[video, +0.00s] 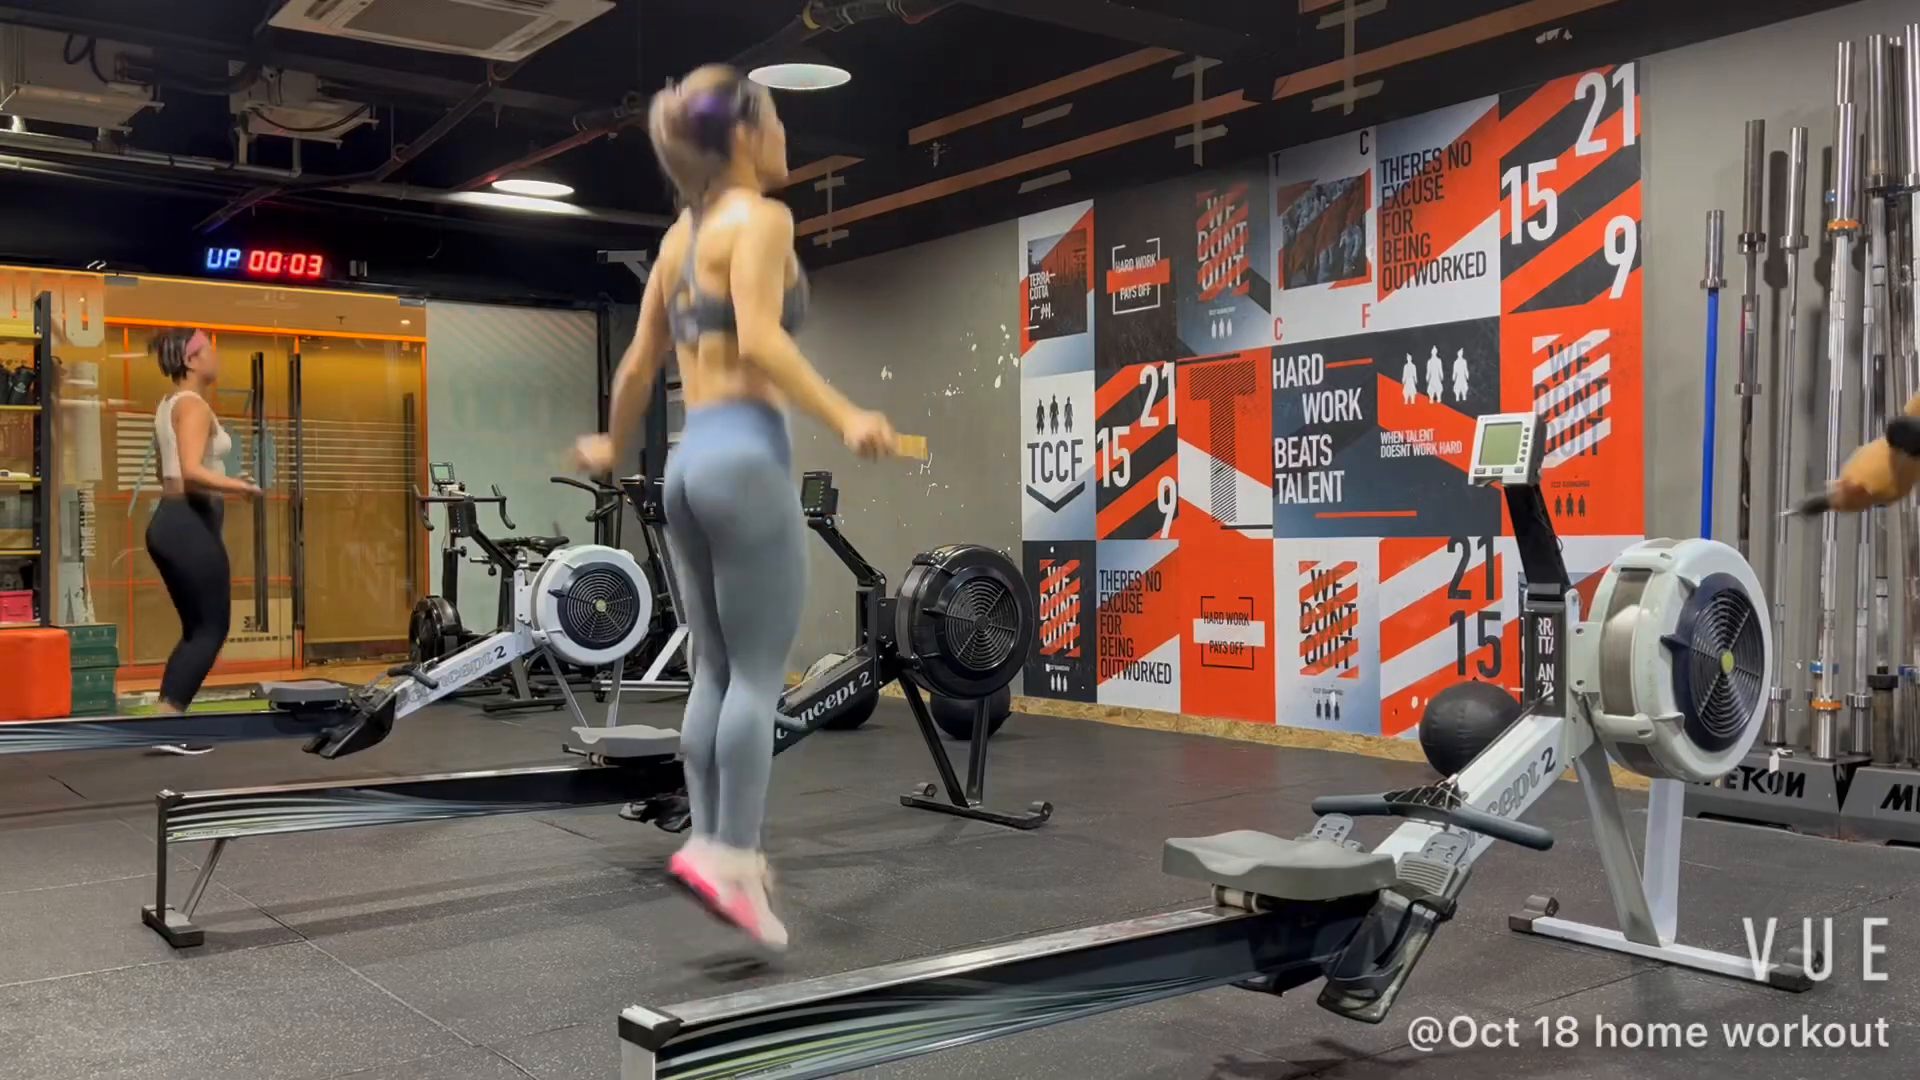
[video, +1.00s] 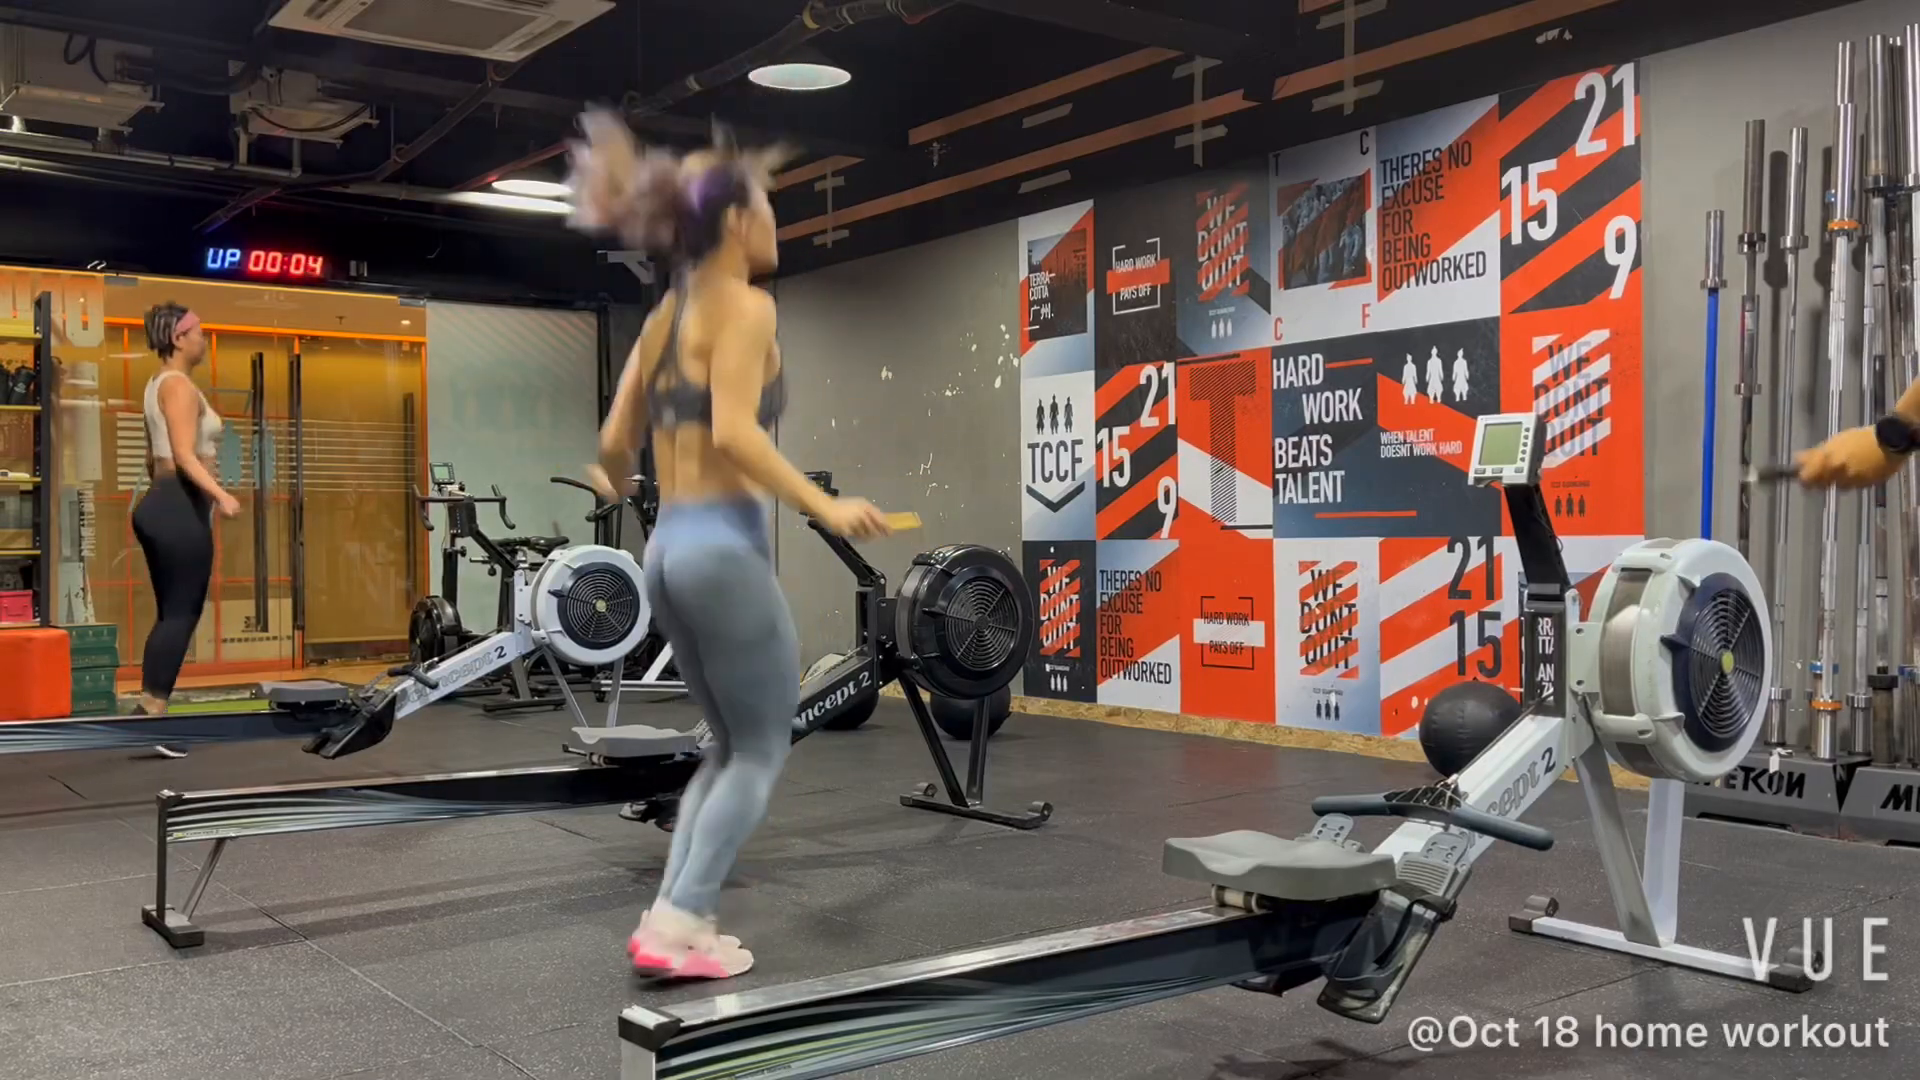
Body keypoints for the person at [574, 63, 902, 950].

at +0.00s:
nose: (781, 133)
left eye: (774, 118)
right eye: (771, 120)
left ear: (704, 145)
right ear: (744, 135)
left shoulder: (677, 237)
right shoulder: (763, 217)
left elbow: (640, 363)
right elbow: (758, 338)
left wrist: (611, 444)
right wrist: (847, 418)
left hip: (686, 457)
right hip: (742, 451)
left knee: (711, 671)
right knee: (755, 674)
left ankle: (709, 846)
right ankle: (736, 856)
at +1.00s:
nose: (775, 217)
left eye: (768, 203)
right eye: (764, 204)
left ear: (707, 227)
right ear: (736, 220)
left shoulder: (668, 312)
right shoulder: (746, 306)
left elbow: (618, 438)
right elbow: (733, 434)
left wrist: (615, 481)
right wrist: (828, 506)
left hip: (669, 542)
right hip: (719, 541)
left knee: (729, 747)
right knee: (761, 745)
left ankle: (672, 915)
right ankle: (683, 922)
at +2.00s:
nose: (763, 96)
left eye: (759, 80)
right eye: (754, 82)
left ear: (691, 96)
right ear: (722, 87)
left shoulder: (654, 188)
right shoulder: (739, 166)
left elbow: (616, 319)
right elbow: (722, 285)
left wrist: (605, 413)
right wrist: (791, 381)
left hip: (657, 412)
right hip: (714, 408)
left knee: (704, 621)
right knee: (750, 618)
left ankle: (689, 795)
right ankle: (712, 805)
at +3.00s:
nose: (763, 123)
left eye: (756, 108)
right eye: (754, 110)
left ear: (684, 133)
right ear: (727, 123)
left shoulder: (659, 223)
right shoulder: (744, 203)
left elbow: (617, 349)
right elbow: (736, 323)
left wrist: (589, 424)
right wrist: (827, 401)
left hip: (669, 446)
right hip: (721, 443)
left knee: (699, 657)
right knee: (739, 659)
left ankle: (689, 838)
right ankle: (711, 846)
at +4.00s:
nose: (775, 228)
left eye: (768, 215)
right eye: (763, 216)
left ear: (707, 242)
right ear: (734, 235)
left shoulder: (665, 328)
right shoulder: (738, 325)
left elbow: (605, 444)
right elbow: (719, 445)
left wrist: (605, 489)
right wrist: (814, 528)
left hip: (658, 555)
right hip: (705, 556)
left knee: (725, 751)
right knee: (755, 745)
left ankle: (649, 923)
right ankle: (667, 929)